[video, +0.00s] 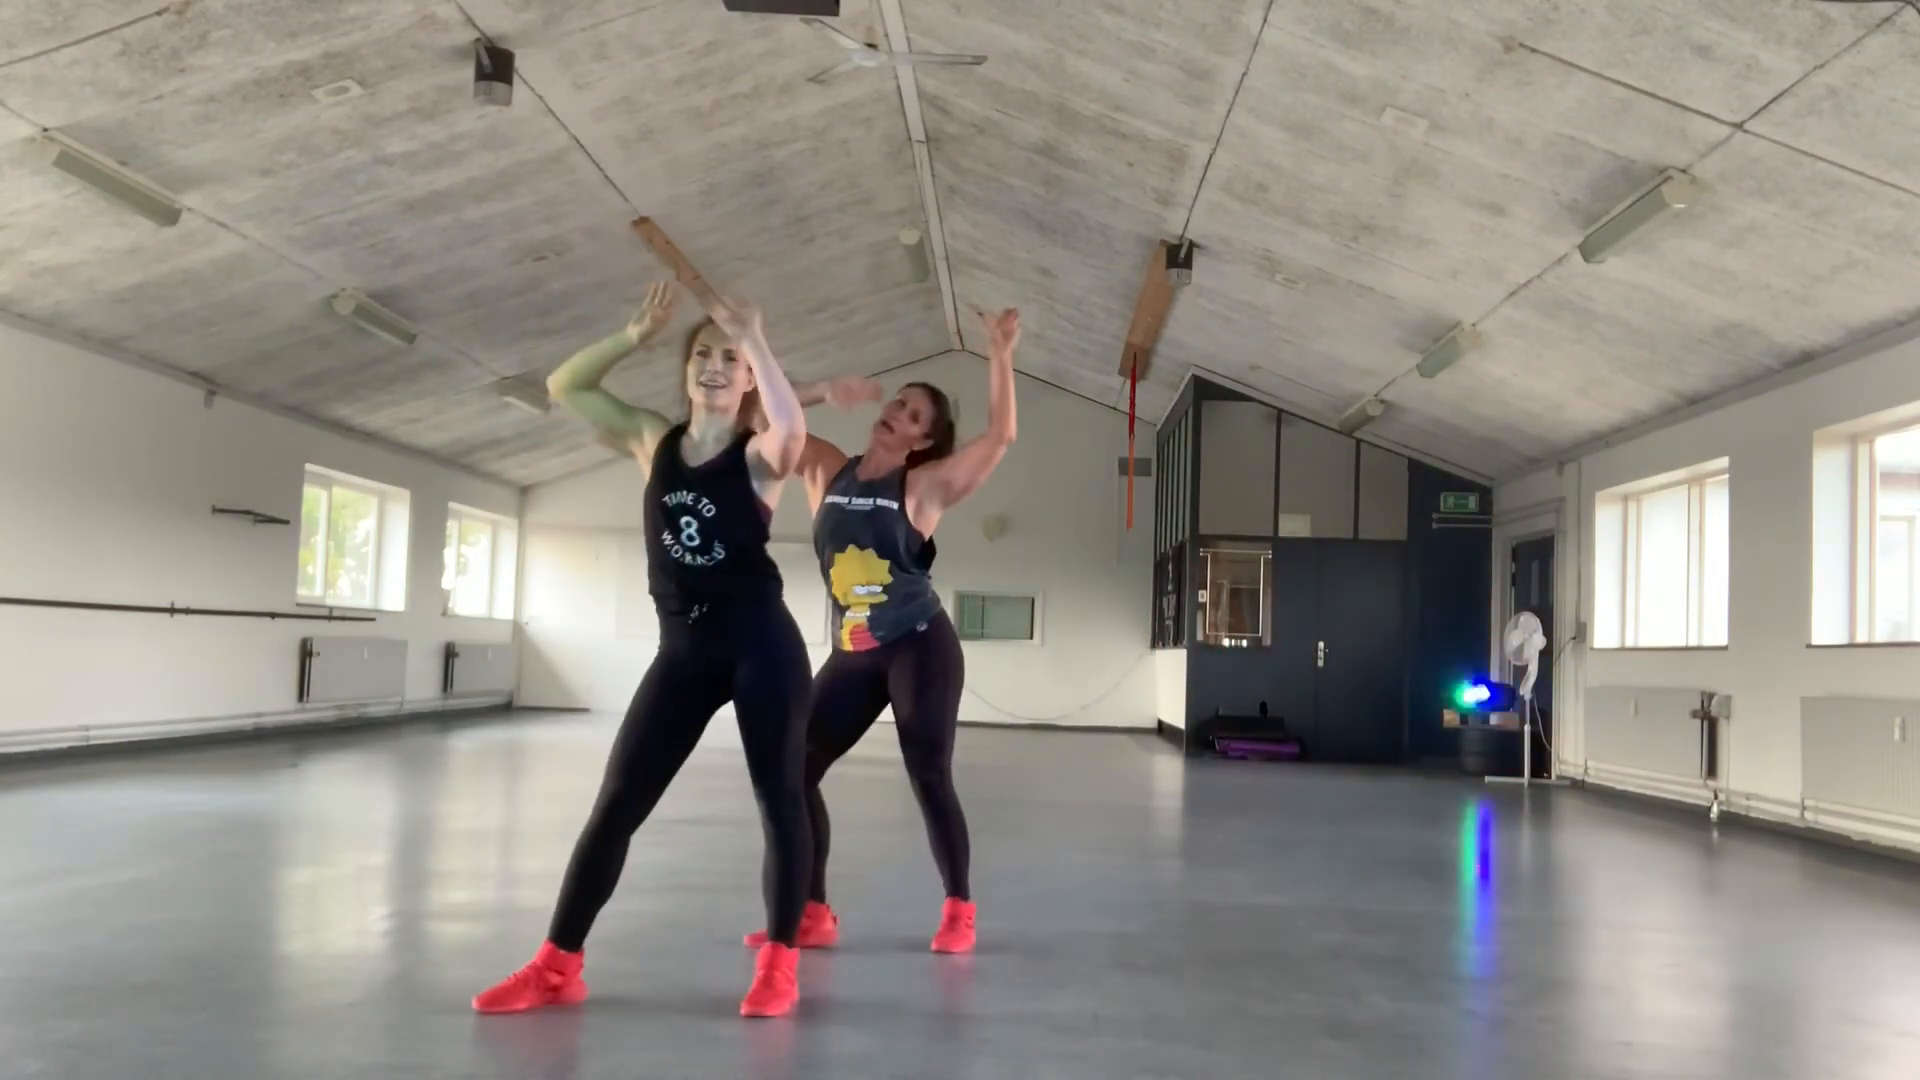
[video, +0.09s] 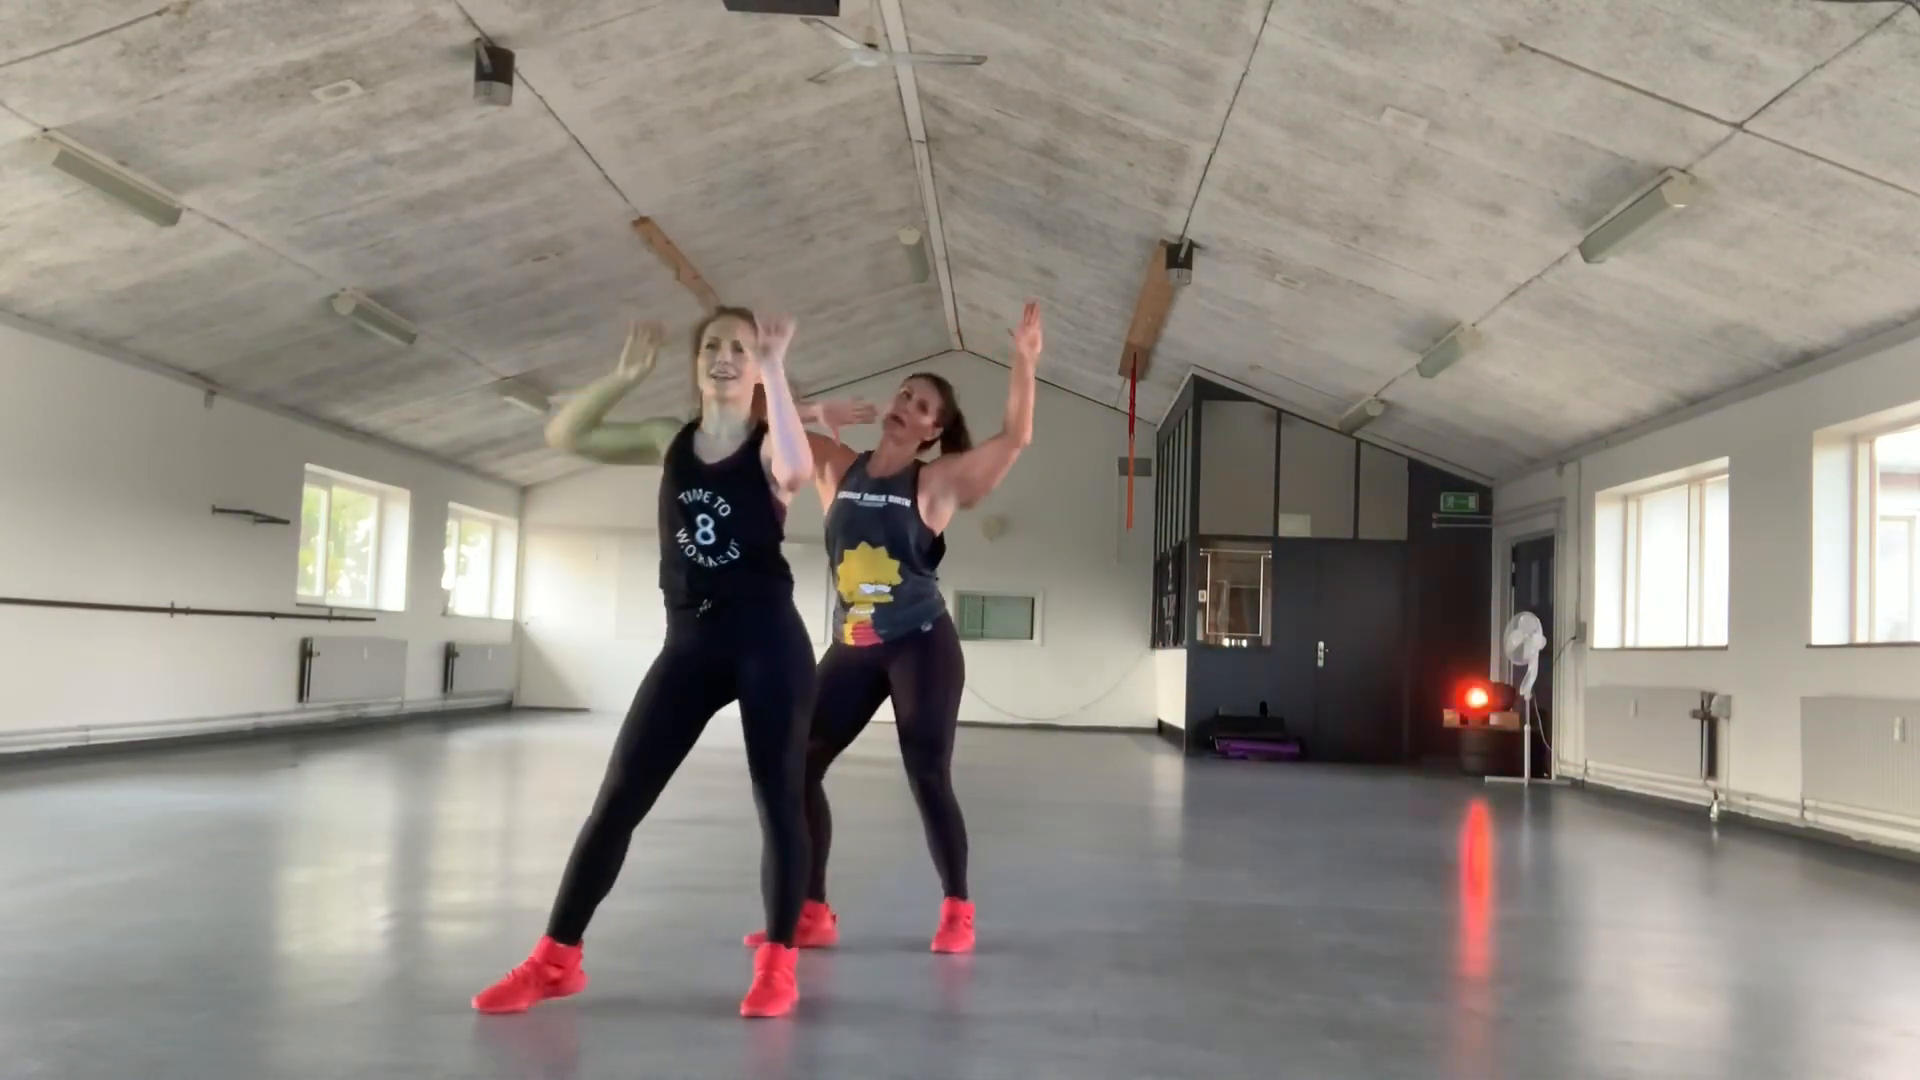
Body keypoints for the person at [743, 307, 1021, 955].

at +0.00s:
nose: (897, 412)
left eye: (913, 414)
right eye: (897, 402)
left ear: (925, 441)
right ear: (881, 412)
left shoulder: (925, 487)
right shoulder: (827, 467)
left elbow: (998, 437)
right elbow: (755, 418)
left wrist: (1001, 354)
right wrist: (821, 393)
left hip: (920, 644)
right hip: (854, 655)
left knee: (928, 771)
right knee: (795, 768)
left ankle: (959, 905)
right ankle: (811, 906)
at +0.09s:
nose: (905, 406)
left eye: (921, 406)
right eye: (904, 395)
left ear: (934, 431)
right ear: (887, 405)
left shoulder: (940, 482)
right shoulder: (838, 466)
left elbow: (1014, 438)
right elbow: (774, 429)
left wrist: (1025, 362)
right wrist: (836, 410)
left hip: (921, 643)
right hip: (853, 647)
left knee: (927, 774)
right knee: (798, 766)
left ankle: (957, 905)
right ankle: (811, 907)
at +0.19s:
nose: (917, 395)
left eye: (931, 392)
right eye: (911, 385)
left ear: (944, 415)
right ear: (893, 396)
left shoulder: (951, 466)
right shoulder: (853, 456)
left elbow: (1011, 445)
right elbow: (800, 426)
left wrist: (1023, 426)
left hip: (929, 640)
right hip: (859, 641)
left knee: (932, 771)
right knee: (827, 768)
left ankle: (951, 903)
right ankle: (813, 905)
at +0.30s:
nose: (917, 393)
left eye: (926, 385)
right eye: (906, 385)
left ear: (944, 402)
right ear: (889, 402)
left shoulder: (965, 467)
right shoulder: (865, 462)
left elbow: (1055, 476)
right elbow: (792, 459)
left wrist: (992, 501)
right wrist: (834, 484)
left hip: (944, 645)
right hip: (872, 644)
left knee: (938, 775)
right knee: (850, 773)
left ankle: (946, 907)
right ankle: (820, 905)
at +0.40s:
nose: (917, 394)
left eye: (926, 386)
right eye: (905, 388)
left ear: (946, 401)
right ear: (891, 408)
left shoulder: (979, 472)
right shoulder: (873, 473)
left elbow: (1049, 533)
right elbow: (819, 515)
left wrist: (985, 538)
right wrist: (828, 510)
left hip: (957, 647)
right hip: (884, 644)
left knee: (944, 774)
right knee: (858, 766)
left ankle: (946, 907)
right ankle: (839, 902)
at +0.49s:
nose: (927, 403)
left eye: (937, 395)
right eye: (916, 396)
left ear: (956, 409)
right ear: (901, 412)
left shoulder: (991, 479)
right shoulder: (883, 485)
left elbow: (1010, 565)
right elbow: (859, 574)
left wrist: (984, 534)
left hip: (961, 645)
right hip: (890, 643)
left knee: (958, 762)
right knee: (887, 769)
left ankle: (946, 884)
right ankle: (885, 890)